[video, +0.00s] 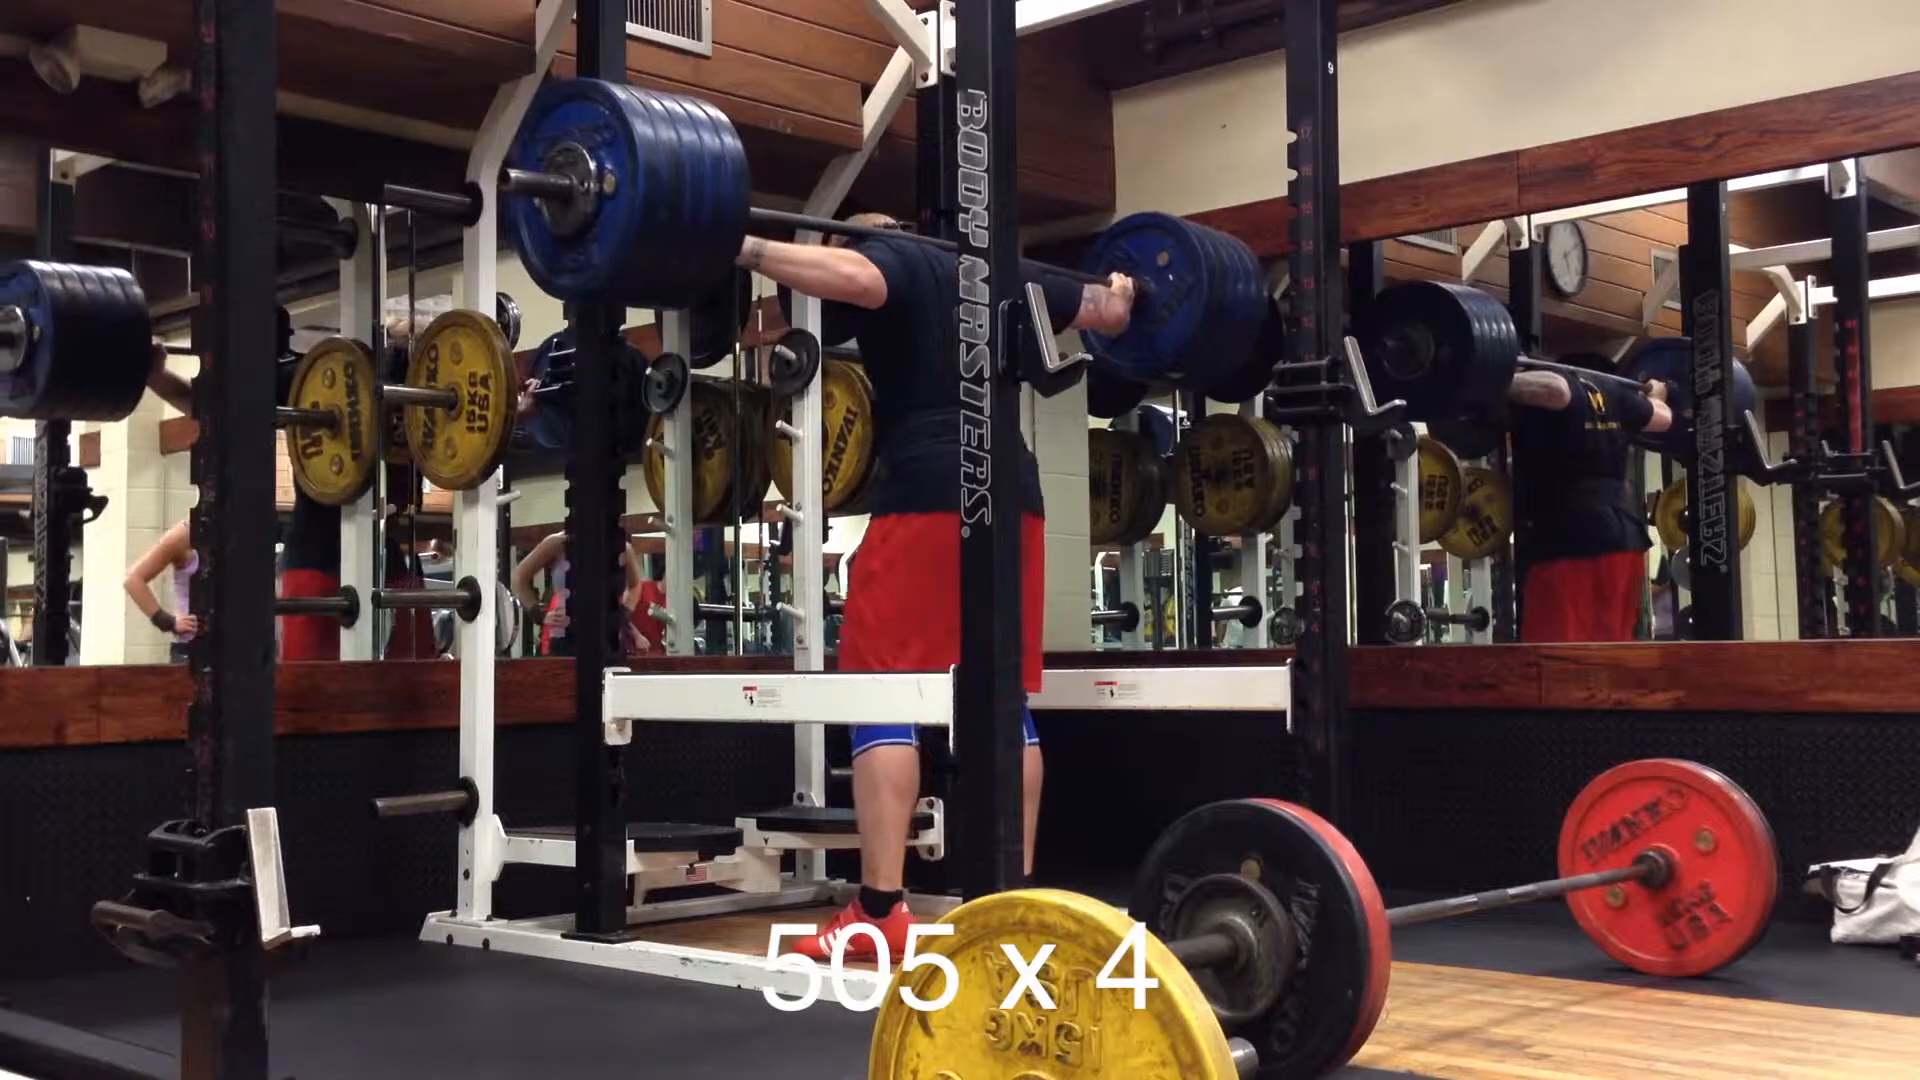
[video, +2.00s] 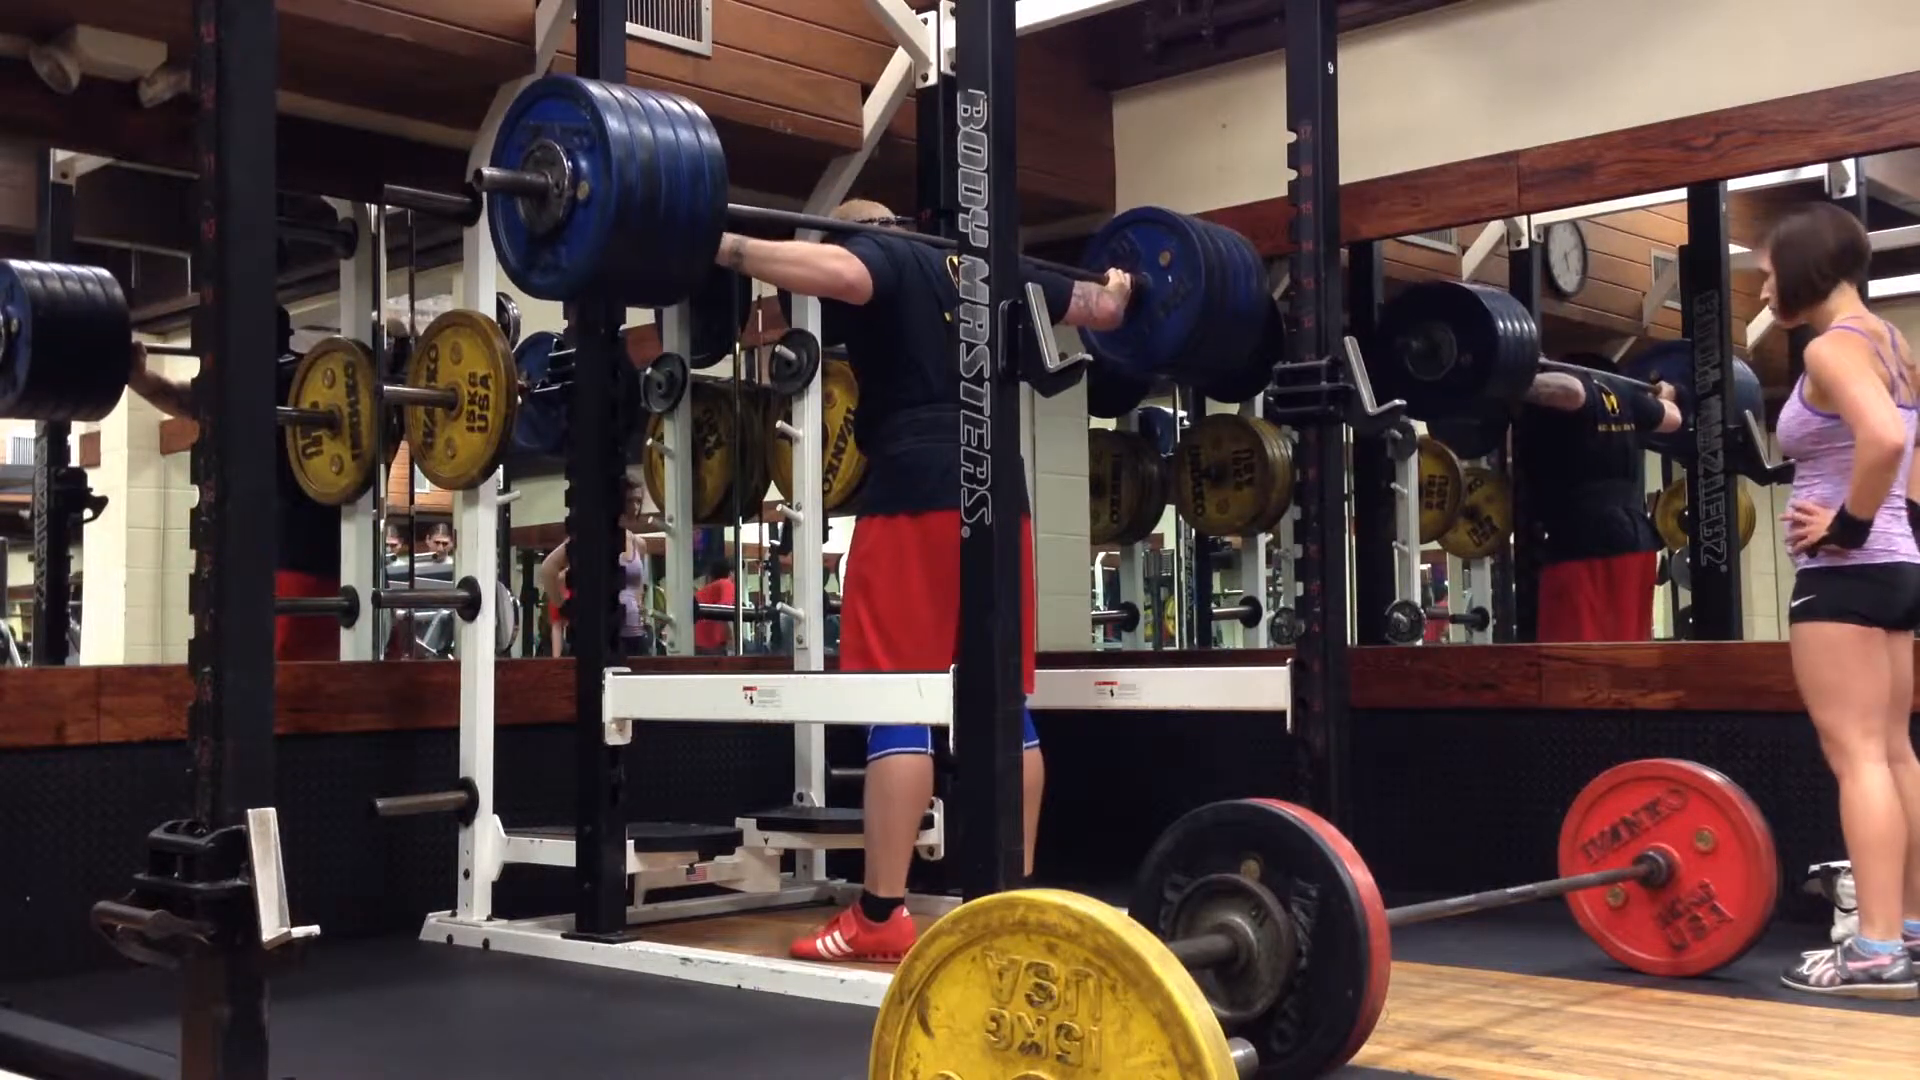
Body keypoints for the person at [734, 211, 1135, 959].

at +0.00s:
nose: (843, 256)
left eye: (844, 247)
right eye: (839, 251)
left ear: (871, 239)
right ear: (928, 227)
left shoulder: (893, 253)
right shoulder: (1001, 272)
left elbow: (858, 278)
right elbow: (1105, 309)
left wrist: (741, 246)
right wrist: (1121, 289)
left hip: (922, 501)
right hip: (1014, 501)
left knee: (882, 702)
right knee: (1009, 711)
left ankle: (881, 909)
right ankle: (1013, 901)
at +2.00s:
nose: (835, 250)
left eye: (833, 241)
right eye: (831, 243)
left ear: (856, 232)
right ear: (904, 222)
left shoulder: (878, 249)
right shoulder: (988, 264)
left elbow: (848, 276)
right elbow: (1097, 306)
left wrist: (730, 245)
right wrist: (1120, 284)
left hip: (915, 500)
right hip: (1002, 500)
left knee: (899, 707)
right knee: (1007, 710)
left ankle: (881, 911)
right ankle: (1013, 903)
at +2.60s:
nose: (832, 249)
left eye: (831, 240)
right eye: (830, 242)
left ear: (854, 234)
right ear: (903, 223)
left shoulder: (878, 251)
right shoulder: (986, 265)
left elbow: (840, 268)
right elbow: (1098, 307)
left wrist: (726, 240)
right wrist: (1119, 288)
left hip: (915, 499)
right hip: (1002, 500)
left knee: (897, 708)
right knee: (1007, 711)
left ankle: (882, 910)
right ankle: (1013, 904)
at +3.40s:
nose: (831, 248)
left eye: (833, 238)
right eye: (830, 238)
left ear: (852, 230)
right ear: (902, 221)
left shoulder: (873, 250)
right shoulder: (989, 267)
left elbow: (831, 272)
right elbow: (1094, 304)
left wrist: (719, 243)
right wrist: (1117, 279)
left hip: (912, 501)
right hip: (1003, 506)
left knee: (885, 707)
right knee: (1002, 712)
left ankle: (880, 910)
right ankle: (1011, 901)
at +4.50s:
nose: (843, 312)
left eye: (844, 299)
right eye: (843, 301)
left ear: (865, 287)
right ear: (910, 279)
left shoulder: (875, 316)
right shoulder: (977, 327)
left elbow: (834, 344)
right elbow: (1092, 356)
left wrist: (716, 318)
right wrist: (1113, 347)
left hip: (953, 535)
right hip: (1052, 536)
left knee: (842, 704)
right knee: (1004, 717)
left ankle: (875, 911)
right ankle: (1014, 899)